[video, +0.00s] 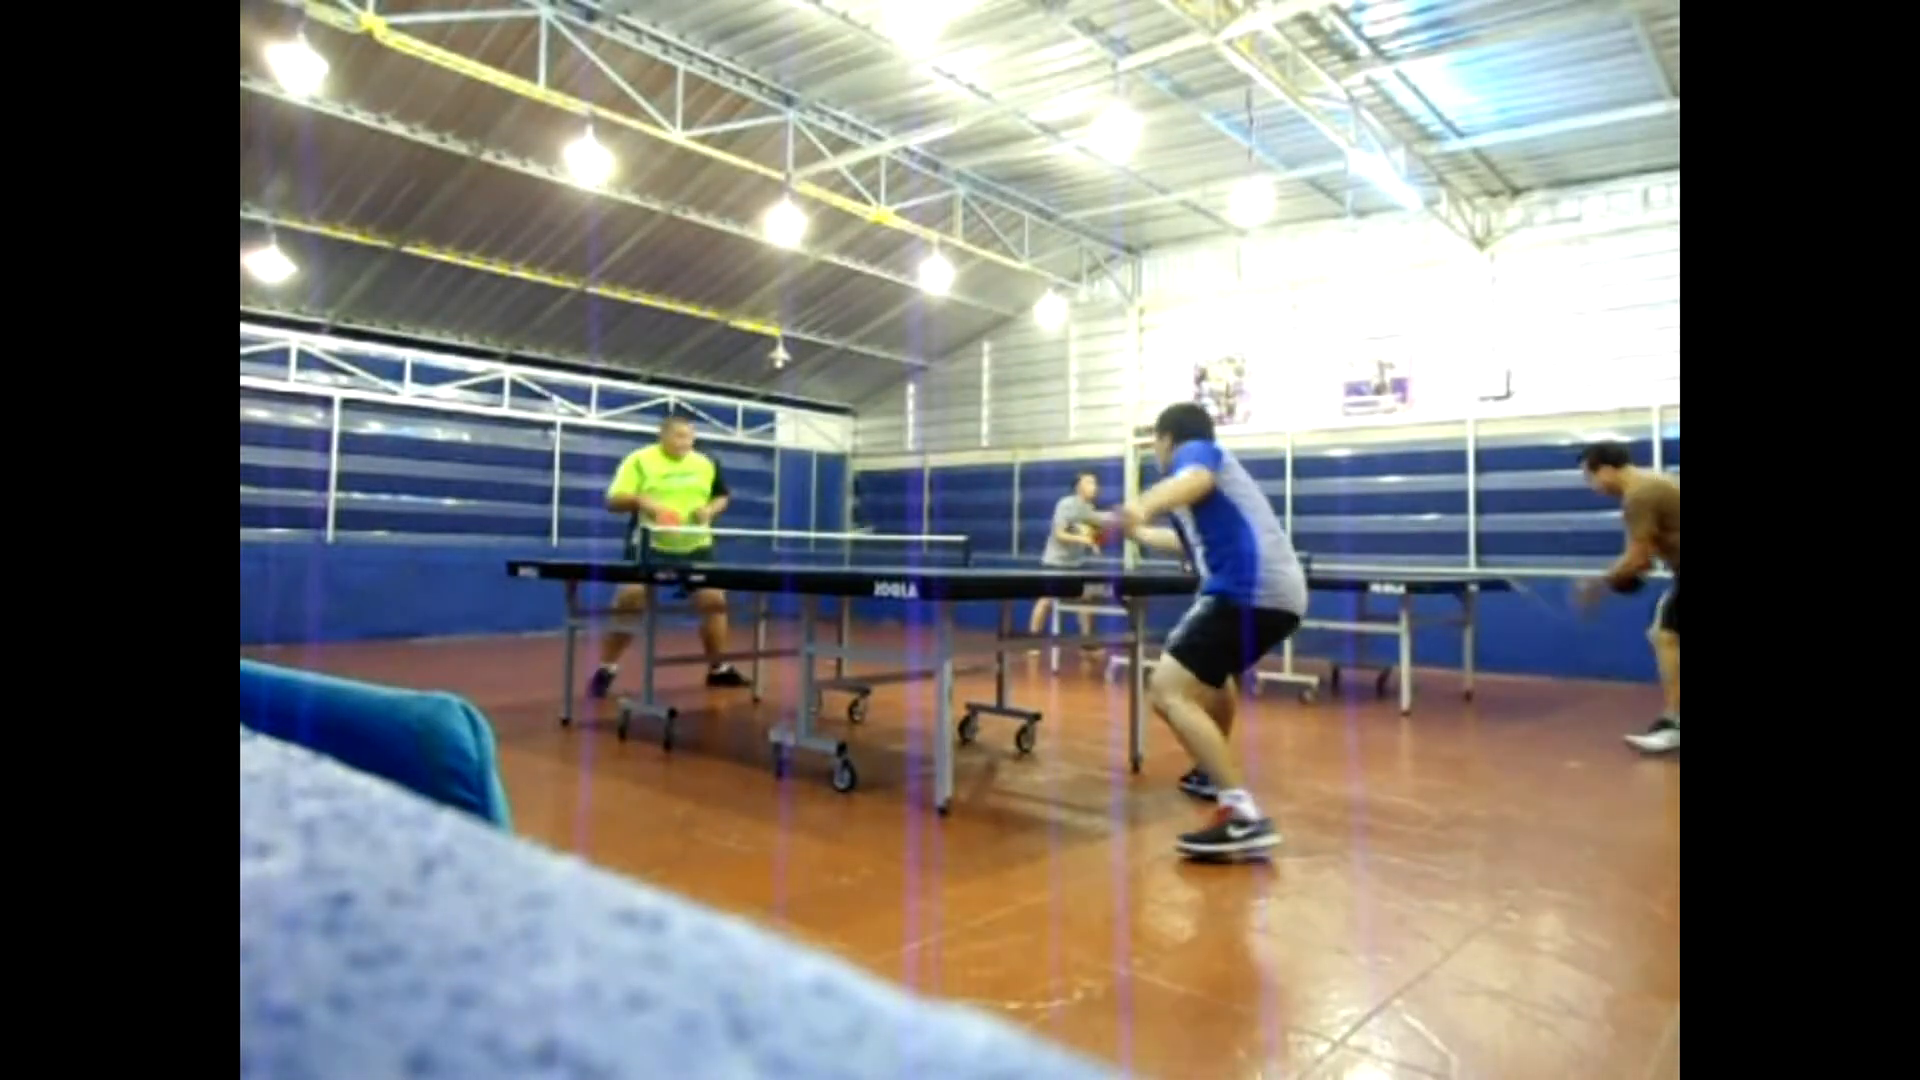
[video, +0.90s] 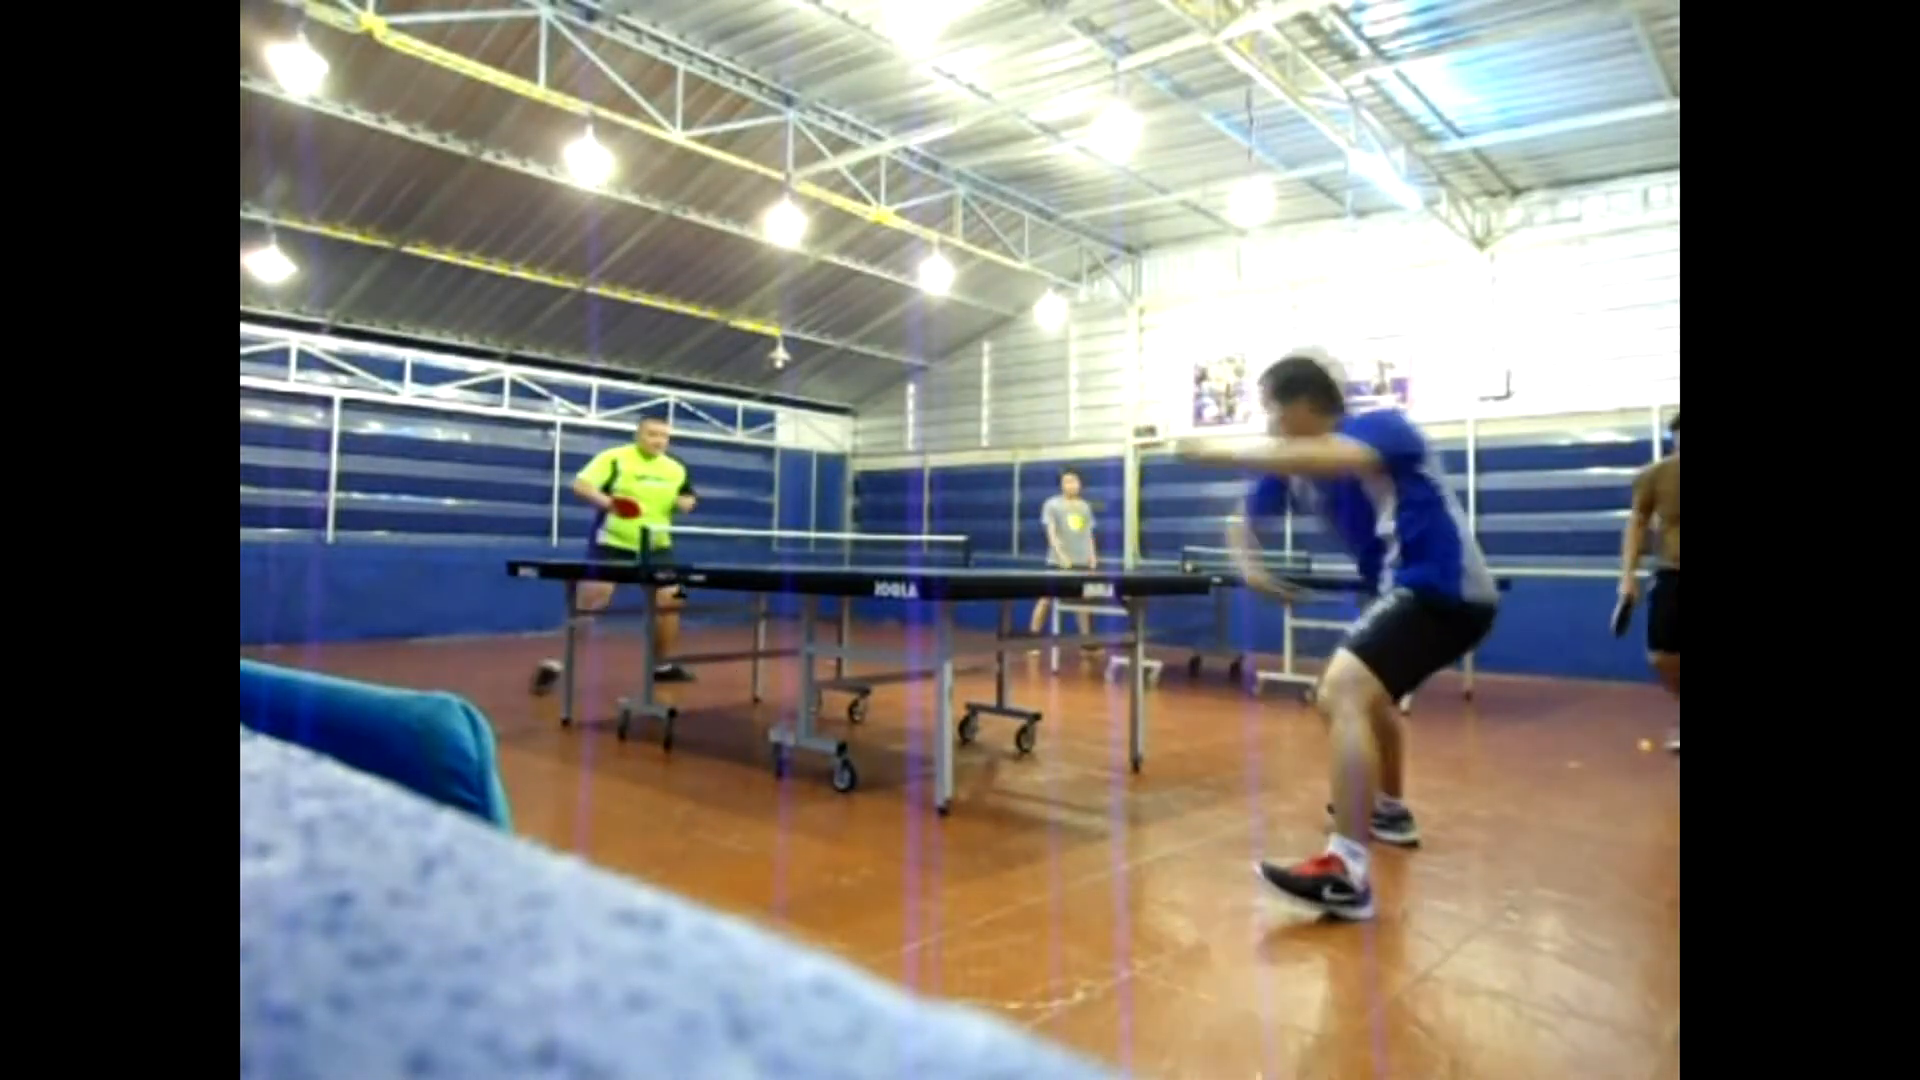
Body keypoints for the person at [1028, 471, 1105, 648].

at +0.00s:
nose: (1092, 488)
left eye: (1094, 483)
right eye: (1088, 483)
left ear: (1096, 488)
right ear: (1078, 486)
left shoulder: (1089, 510)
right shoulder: (1066, 504)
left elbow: (1098, 526)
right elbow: (1060, 534)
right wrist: (1086, 541)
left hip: (1078, 563)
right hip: (1055, 562)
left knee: (1084, 600)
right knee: (1046, 599)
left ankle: (1087, 639)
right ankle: (1033, 637)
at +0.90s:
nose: (1071, 486)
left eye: (1073, 481)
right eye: (1067, 482)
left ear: (1079, 484)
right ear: (1061, 485)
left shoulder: (1084, 506)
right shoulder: (1052, 505)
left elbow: (1089, 534)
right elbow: (1052, 535)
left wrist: (1092, 556)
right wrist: (1063, 557)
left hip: (1082, 562)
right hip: (1058, 561)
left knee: (1082, 601)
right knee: (1046, 598)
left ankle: (1086, 637)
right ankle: (1034, 634)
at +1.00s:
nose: (1070, 486)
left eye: (1073, 481)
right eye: (1067, 482)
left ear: (1080, 484)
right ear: (1061, 485)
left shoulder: (1085, 507)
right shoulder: (1052, 505)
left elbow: (1089, 535)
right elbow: (1051, 532)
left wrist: (1092, 559)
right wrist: (1052, 558)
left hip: (1082, 561)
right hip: (1060, 561)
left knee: (1083, 601)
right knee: (1046, 599)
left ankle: (1086, 637)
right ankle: (1034, 635)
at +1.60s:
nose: (1072, 487)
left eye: (1075, 483)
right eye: (1069, 483)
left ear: (1081, 486)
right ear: (1063, 485)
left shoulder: (1086, 507)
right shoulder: (1051, 505)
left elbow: (1090, 536)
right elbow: (1044, 534)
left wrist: (1093, 561)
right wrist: (1038, 561)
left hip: (1080, 562)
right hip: (1056, 561)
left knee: (1082, 603)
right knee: (1045, 600)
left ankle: (1086, 639)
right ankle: (1033, 638)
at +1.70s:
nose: (1072, 487)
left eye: (1075, 483)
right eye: (1069, 483)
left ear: (1081, 486)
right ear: (1063, 485)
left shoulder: (1086, 508)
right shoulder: (1051, 505)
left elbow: (1090, 536)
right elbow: (1047, 535)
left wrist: (1093, 561)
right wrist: (1044, 561)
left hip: (1081, 562)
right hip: (1057, 561)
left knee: (1082, 603)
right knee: (1045, 600)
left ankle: (1086, 639)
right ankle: (1033, 638)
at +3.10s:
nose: (1076, 495)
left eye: (1075, 489)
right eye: (1069, 489)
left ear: (1077, 494)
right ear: (1053, 492)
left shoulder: (1076, 517)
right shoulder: (1041, 517)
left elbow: (1081, 542)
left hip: (1068, 566)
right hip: (1042, 564)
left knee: (1076, 601)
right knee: (1037, 598)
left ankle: (1082, 638)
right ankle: (1030, 634)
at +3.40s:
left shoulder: (1082, 507)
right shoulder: (1057, 507)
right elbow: (1072, 531)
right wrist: (1093, 524)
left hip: (1072, 559)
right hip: (1049, 559)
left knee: (1078, 602)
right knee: (1042, 599)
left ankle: (1083, 640)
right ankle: (1031, 637)